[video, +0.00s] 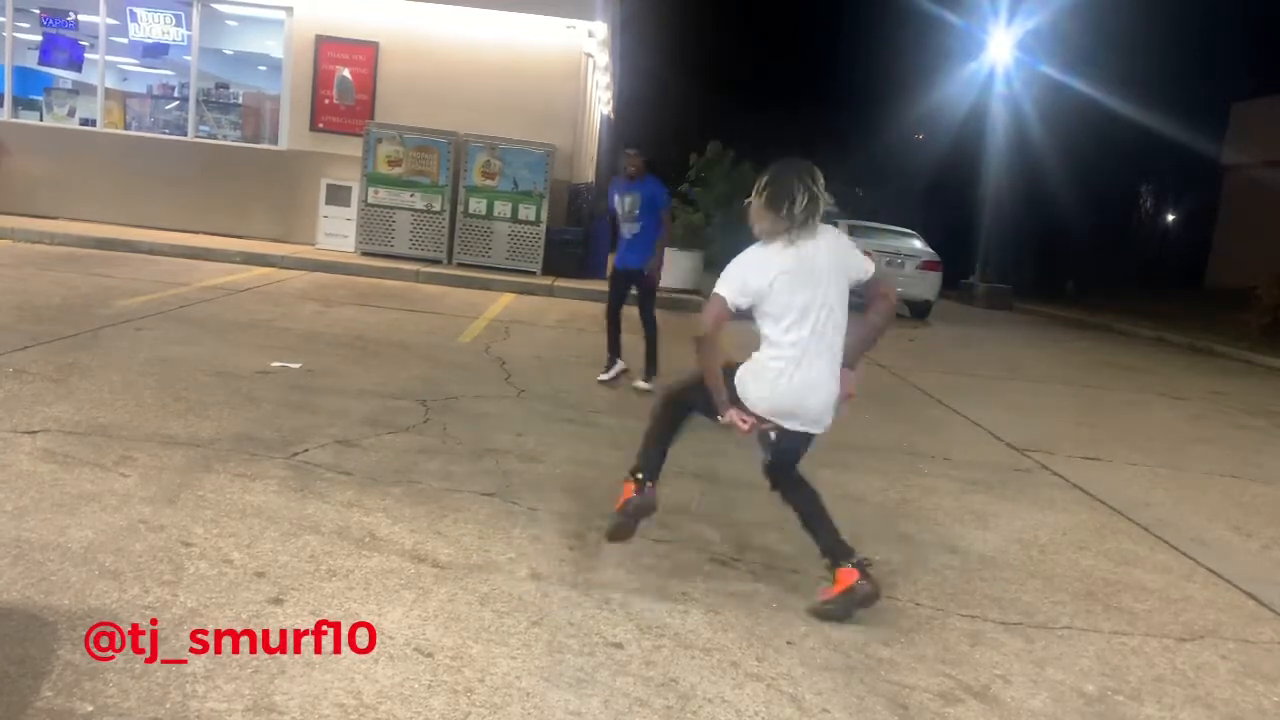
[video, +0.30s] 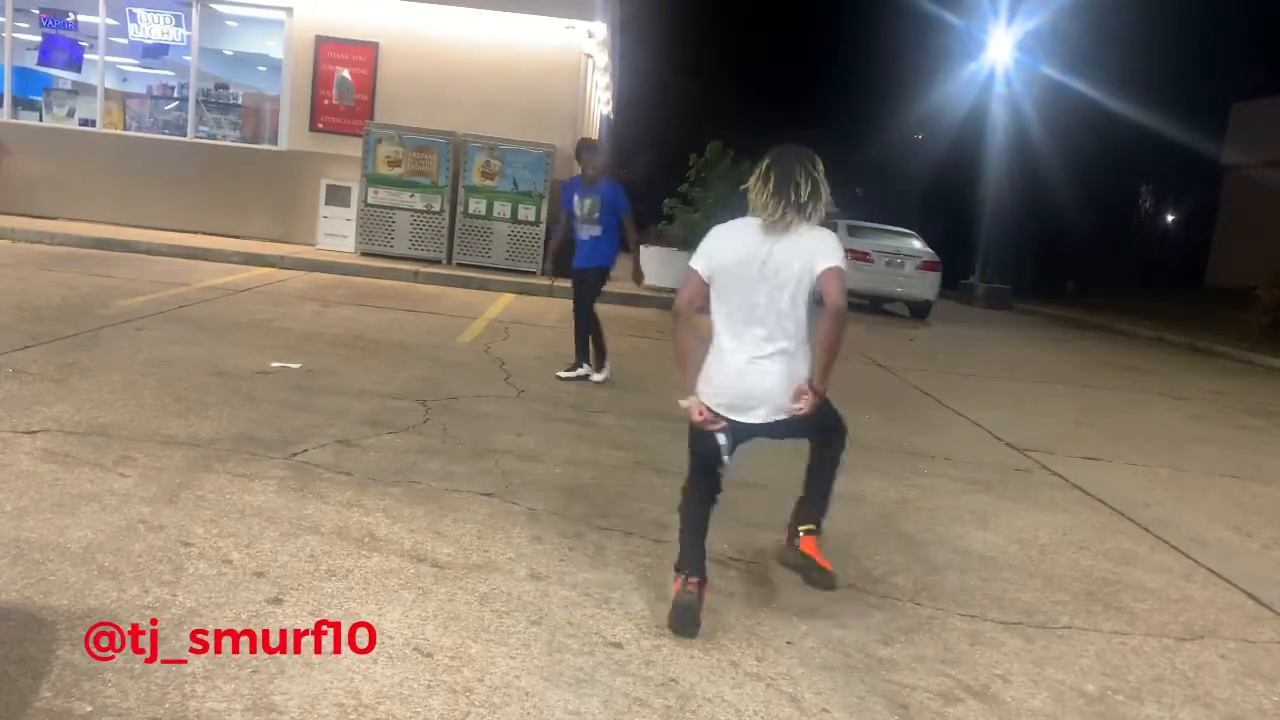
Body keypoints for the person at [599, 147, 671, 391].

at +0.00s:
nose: (631, 166)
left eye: (635, 162)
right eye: (627, 162)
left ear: (643, 164)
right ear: (622, 163)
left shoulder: (654, 189)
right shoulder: (616, 186)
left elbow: (666, 227)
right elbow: (615, 223)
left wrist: (657, 261)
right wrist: (612, 255)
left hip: (647, 262)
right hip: (623, 259)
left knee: (647, 315)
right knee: (612, 311)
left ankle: (649, 374)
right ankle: (615, 360)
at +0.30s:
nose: (591, 166)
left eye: (596, 161)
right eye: (587, 161)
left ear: (603, 162)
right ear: (579, 162)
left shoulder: (612, 190)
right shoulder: (570, 188)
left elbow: (629, 227)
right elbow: (564, 225)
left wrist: (637, 265)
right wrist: (551, 253)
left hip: (601, 257)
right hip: (579, 255)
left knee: (586, 307)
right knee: (580, 309)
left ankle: (601, 362)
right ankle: (582, 363)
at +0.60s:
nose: (554, 167)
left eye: (559, 162)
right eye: (550, 161)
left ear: (566, 164)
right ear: (542, 163)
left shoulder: (576, 194)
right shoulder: (532, 188)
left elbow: (584, 233)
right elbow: (525, 224)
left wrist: (579, 269)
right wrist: (514, 259)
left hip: (561, 262)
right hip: (541, 261)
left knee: (538, 312)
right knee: (553, 311)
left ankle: (518, 363)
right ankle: (578, 358)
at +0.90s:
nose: (516, 157)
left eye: (522, 152)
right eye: (512, 151)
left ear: (530, 154)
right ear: (504, 152)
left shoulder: (540, 184)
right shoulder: (494, 178)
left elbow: (550, 226)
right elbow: (490, 216)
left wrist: (536, 259)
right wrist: (478, 252)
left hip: (523, 256)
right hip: (497, 252)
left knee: (516, 306)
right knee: (480, 297)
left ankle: (515, 362)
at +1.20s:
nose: (467, 152)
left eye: (472, 147)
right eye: (462, 147)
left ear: (479, 151)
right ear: (452, 149)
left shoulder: (490, 183)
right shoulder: (445, 178)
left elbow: (502, 224)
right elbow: (443, 219)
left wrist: (501, 264)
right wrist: (434, 253)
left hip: (478, 260)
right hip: (449, 256)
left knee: (485, 309)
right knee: (428, 302)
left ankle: (509, 361)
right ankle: (423, 356)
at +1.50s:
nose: (428, 140)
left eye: (433, 135)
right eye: (423, 134)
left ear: (439, 138)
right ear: (412, 136)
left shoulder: (450, 170)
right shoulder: (400, 164)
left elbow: (458, 214)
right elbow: (391, 207)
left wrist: (451, 250)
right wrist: (381, 246)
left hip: (435, 246)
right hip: (408, 244)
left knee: (415, 301)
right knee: (411, 301)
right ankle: (422, 354)